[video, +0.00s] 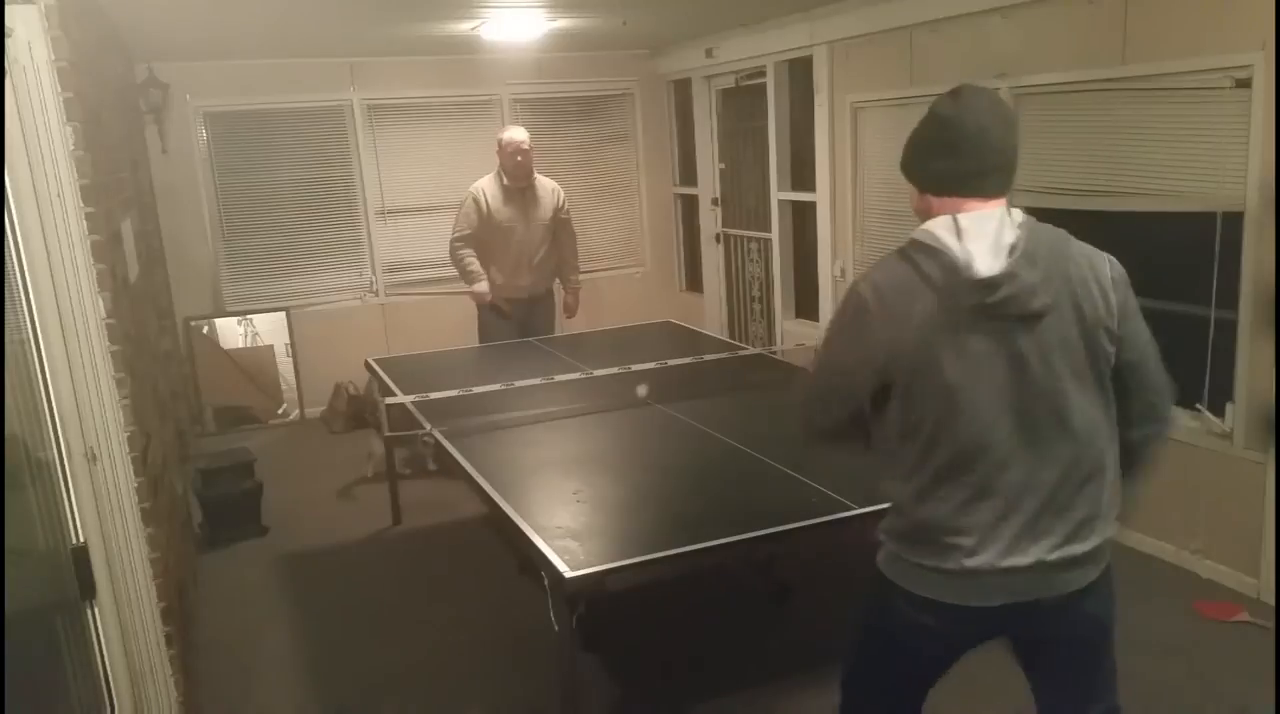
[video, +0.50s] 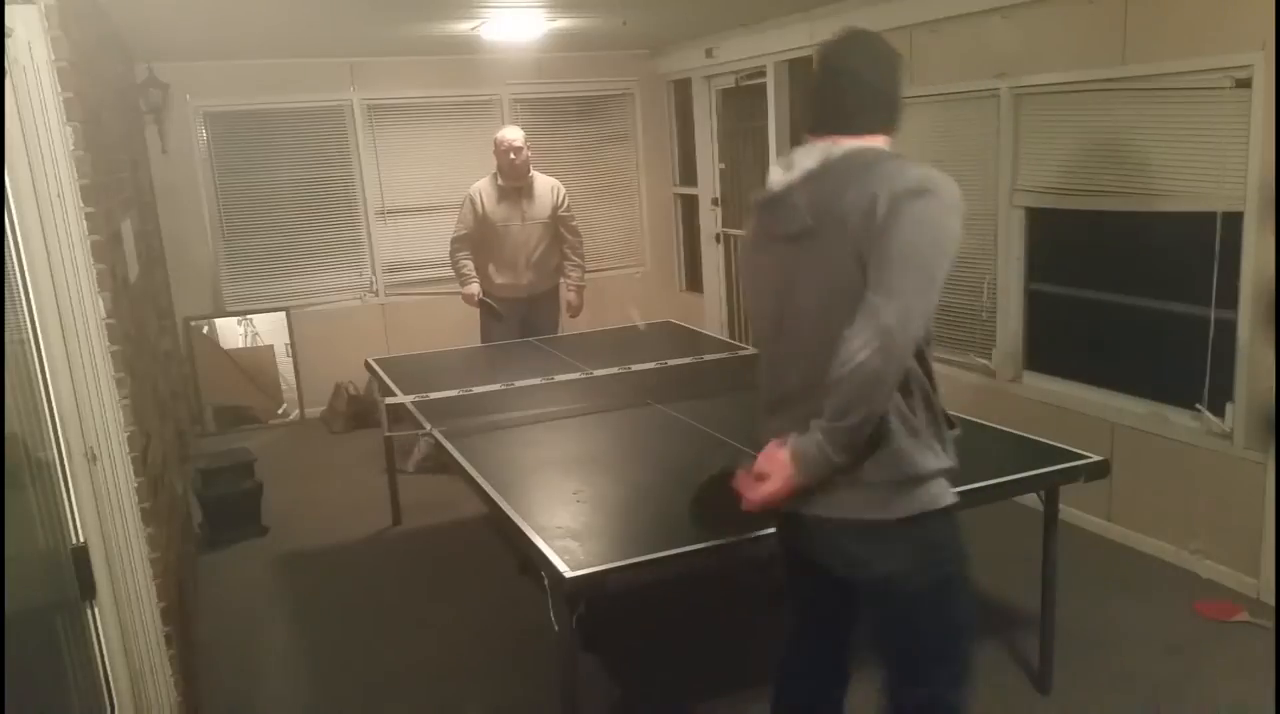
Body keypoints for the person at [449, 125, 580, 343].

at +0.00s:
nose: (519, 159)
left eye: (524, 152)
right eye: (512, 153)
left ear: (532, 152)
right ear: (499, 154)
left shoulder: (552, 192)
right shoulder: (480, 194)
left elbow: (567, 244)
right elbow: (460, 243)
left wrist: (572, 289)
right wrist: (477, 281)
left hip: (540, 301)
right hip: (497, 303)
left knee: (542, 372)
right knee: (499, 372)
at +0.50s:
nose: (512, 157)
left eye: (517, 150)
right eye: (505, 151)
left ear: (528, 151)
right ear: (495, 155)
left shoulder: (552, 189)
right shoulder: (478, 195)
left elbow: (572, 242)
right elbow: (460, 245)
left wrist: (574, 287)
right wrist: (469, 281)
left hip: (543, 299)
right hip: (498, 302)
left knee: (545, 369)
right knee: (500, 372)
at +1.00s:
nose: (541, 177)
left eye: (545, 169)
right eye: (533, 171)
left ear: (549, 165)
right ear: (516, 165)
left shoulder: (557, 197)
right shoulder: (496, 197)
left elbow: (567, 248)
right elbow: (497, 250)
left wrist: (573, 291)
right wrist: (550, 266)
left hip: (545, 296)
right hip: (503, 299)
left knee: (554, 363)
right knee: (506, 367)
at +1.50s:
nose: (525, 157)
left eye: (530, 150)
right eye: (517, 151)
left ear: (538, 153)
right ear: (506, 156)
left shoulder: (555, 192)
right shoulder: (488, 190)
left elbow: (567, 246)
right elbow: (463, 234)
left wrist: (569, 288)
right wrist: (479, 265)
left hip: (546, 295)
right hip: (504, 296)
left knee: (552, 361)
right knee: (509, 364)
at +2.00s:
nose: (495, 153)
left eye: (499, 146)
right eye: (487, 148)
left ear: (512, 147)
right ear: (480, 156)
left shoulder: (540, 184)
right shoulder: (467, 195)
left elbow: (567, 229)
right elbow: (450, 239)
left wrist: (558, 271)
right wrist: (461, 272)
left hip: (534, 295)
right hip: (489, 298)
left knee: (537, 363)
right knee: (495, 366)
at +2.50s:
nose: (492, 154)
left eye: (496, 146)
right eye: (484, 148)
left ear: (505, 150)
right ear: (471, 156)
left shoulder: (528, 182)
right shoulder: (457, 199)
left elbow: (552, 227)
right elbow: (440, 248)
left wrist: (555, 267)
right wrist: (462, 283)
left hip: (539, 294)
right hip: (493, 300)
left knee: (549, 363)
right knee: (499, 369)